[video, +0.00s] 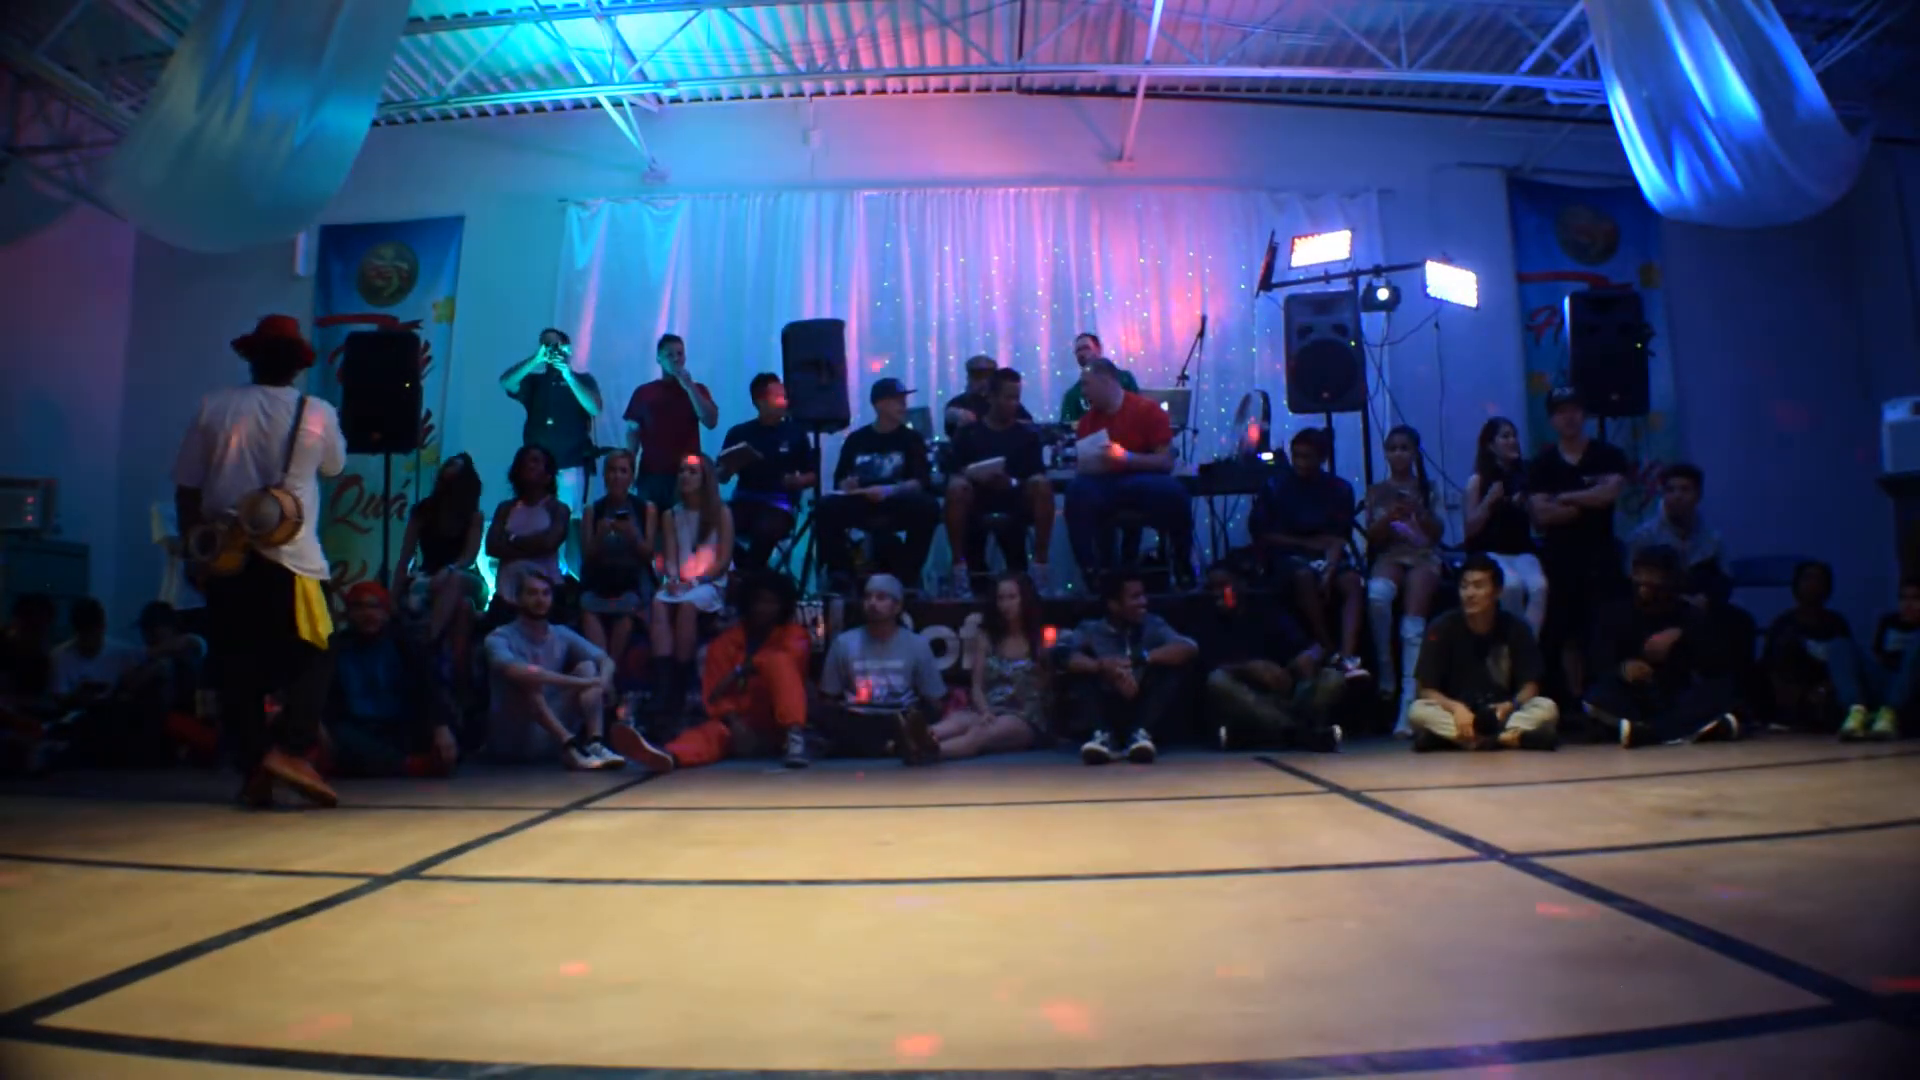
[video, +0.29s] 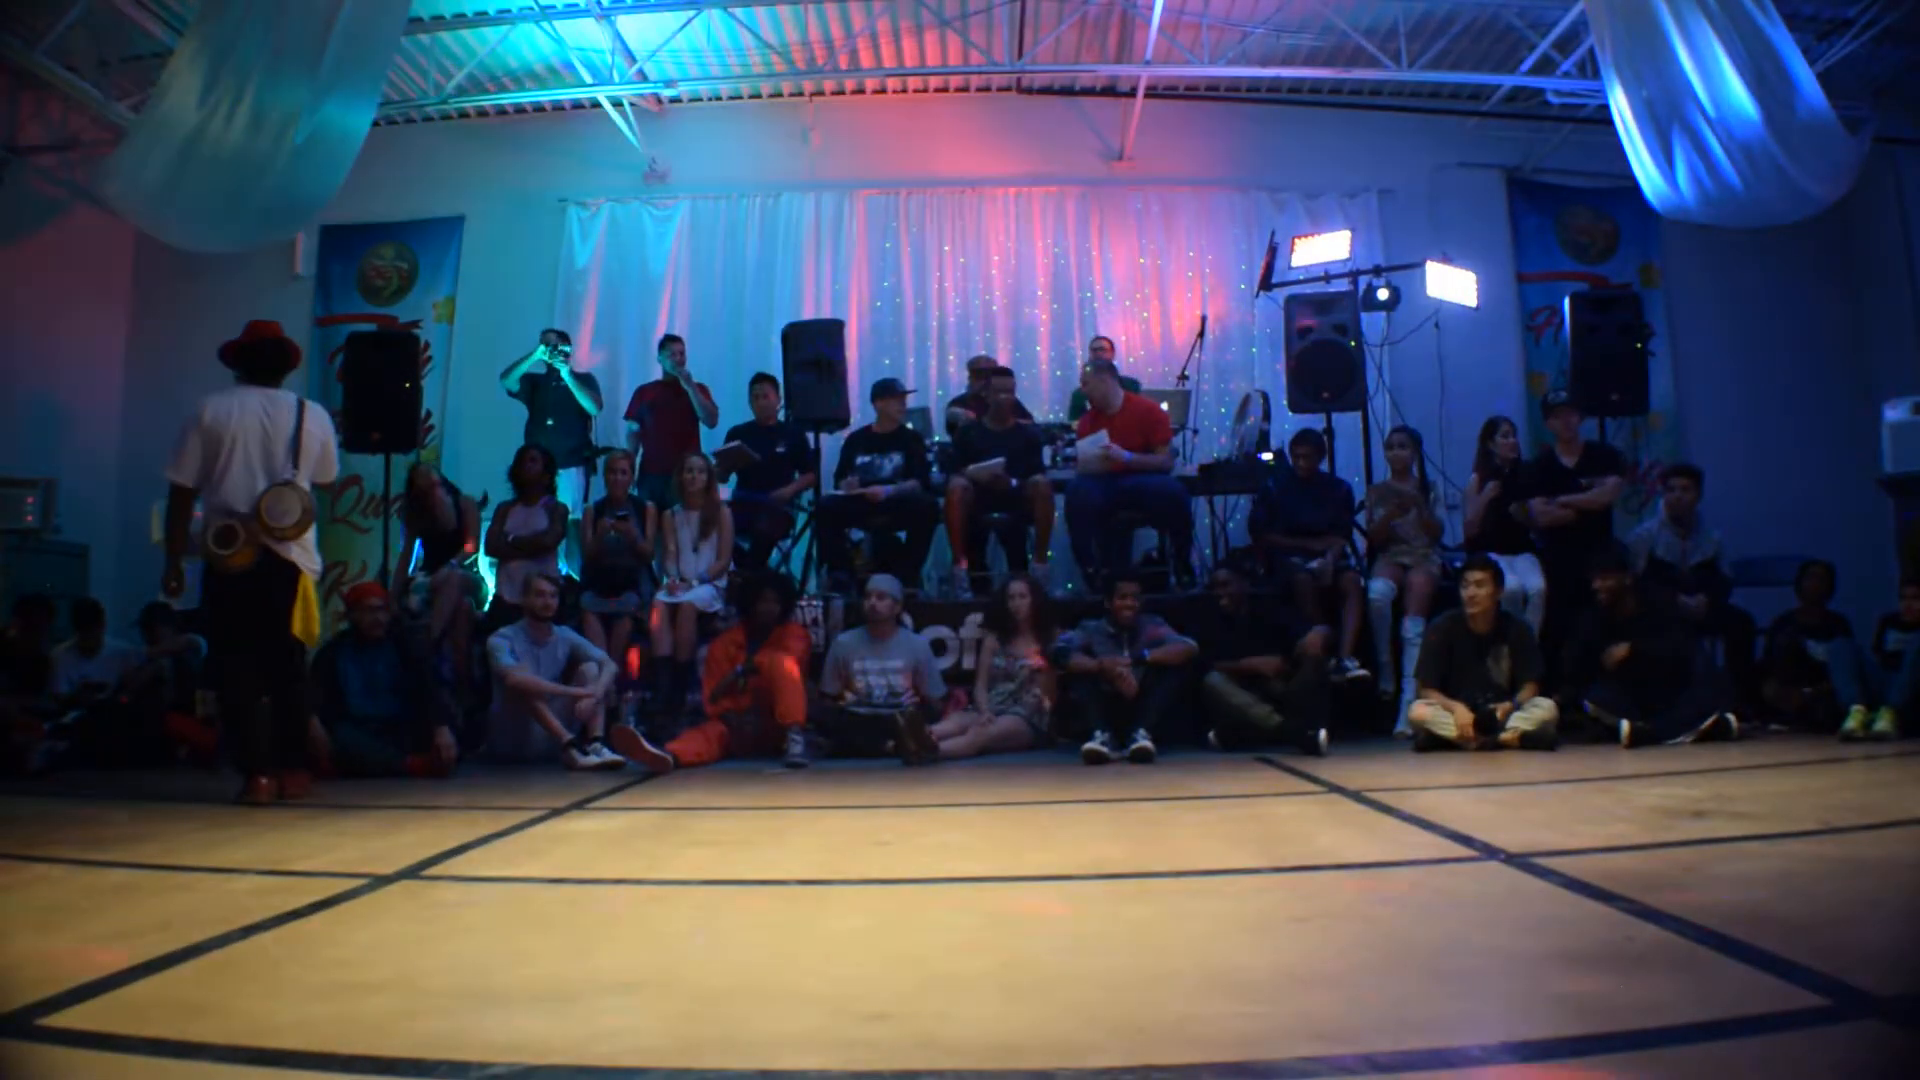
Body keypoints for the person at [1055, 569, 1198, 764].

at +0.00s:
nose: (1143, 603)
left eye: (1143, 596)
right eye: (1135, 597)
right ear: (1114, 604)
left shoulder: (1151, 626)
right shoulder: (1091, 631)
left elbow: (1188, 648)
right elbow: (1061, 655)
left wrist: (1141, 659)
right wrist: (1105, 667)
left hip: (1143, 700)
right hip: (1105, 702)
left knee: (1167, 671)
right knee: (1084, 676)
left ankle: (1142, 733)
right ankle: (1101, 735)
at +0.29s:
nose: (1130, 604)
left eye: (1135, 598)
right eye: (1123, 598)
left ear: (1141, 602)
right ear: (1109, 603)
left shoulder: (1150, 626)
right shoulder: (1092, 630)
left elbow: (1188, 648)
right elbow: (1059, 653)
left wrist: (1138, 659)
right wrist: (1106, 667)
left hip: (1143, 701)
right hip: (1104, 703)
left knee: (1167, 669)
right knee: (1084, 675)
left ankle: (1142, 733)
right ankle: (1100, 735)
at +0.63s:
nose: (1128, 603)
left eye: (1134, 597)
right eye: (1121, 597)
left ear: (1141, 602)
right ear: (1110, 601)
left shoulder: (1153, 627)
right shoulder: (1092, 628)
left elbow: (1190, 650)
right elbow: (1063, 653)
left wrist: (1140, 659)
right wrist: (1109, 668)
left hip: (1144, 699)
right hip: (1103, 700)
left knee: (1167, 670)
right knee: (1087, 674)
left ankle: (1142, 733)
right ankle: (1101, 735)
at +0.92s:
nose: (1124, 602)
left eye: (1130, 597)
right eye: (1118, 597)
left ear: (1138, 602)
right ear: (1109, 601)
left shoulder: (1152, 627)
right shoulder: (1094, 628)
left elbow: (1191, 649)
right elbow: (1063, 652)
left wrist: (1143, 658)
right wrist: (1111, 668)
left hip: (1143, 699)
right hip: (1104, 700)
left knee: (1168, 669)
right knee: (1086, 671)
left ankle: (1143, 733)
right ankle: (1101, 734)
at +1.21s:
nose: (1119, 601)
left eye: (1125, 595)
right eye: (1113, 595)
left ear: (1136, 600)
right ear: (1106, 599)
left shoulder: (1152, 627)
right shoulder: (1093, 628)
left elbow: (1191, 649)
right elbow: (1063, 652)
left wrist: (1143, 658)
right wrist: (1109, 666)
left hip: (1144, 701)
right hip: (1105, 701)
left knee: (1167, 669)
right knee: (1086, 672)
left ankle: (1144, 734)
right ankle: (1101, 734)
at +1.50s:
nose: (1125, 604)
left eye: (1129, 597)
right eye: (1119, 598)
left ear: (1135, 600)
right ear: (1106, 603)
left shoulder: (1150, 627)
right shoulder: (1092, 628)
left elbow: (1190, 649)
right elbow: (1063, 653)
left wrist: (1142, 659)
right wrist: (1111, 668)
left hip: (1143, 702)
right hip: (1103, 702)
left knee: (1166, 671)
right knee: (1084, 676)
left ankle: (1142, 733)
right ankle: (1100, 734)